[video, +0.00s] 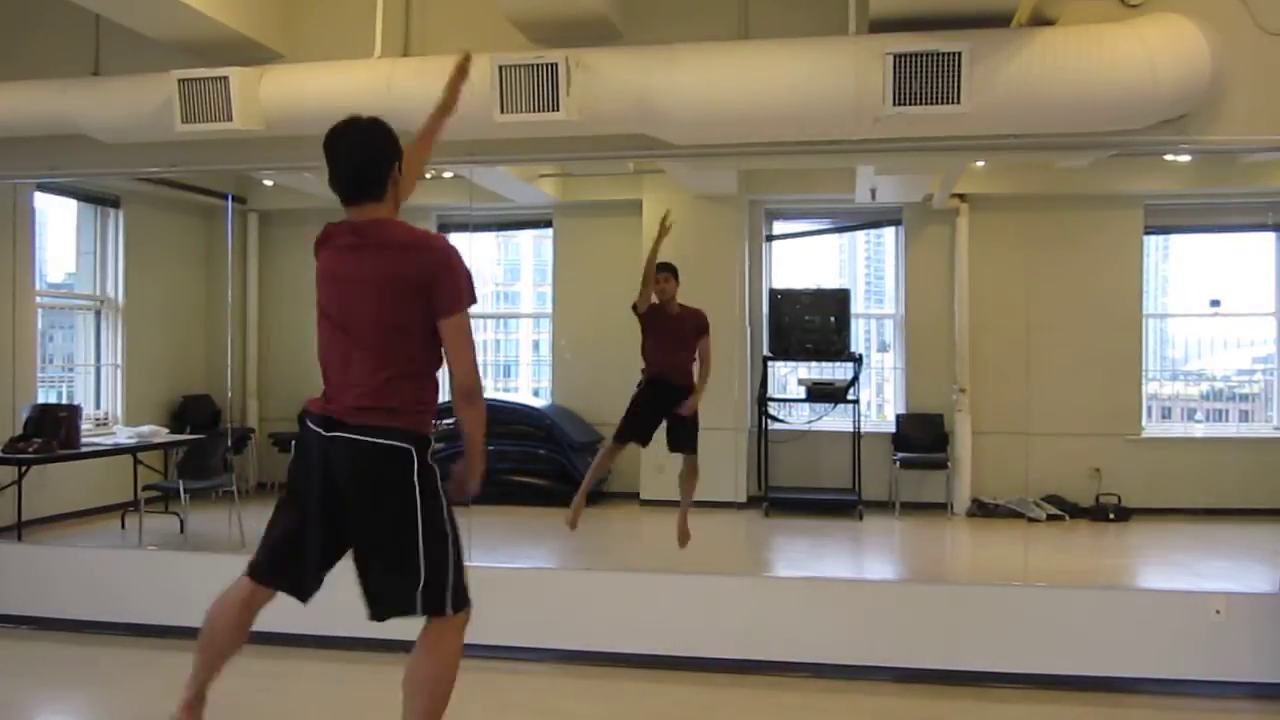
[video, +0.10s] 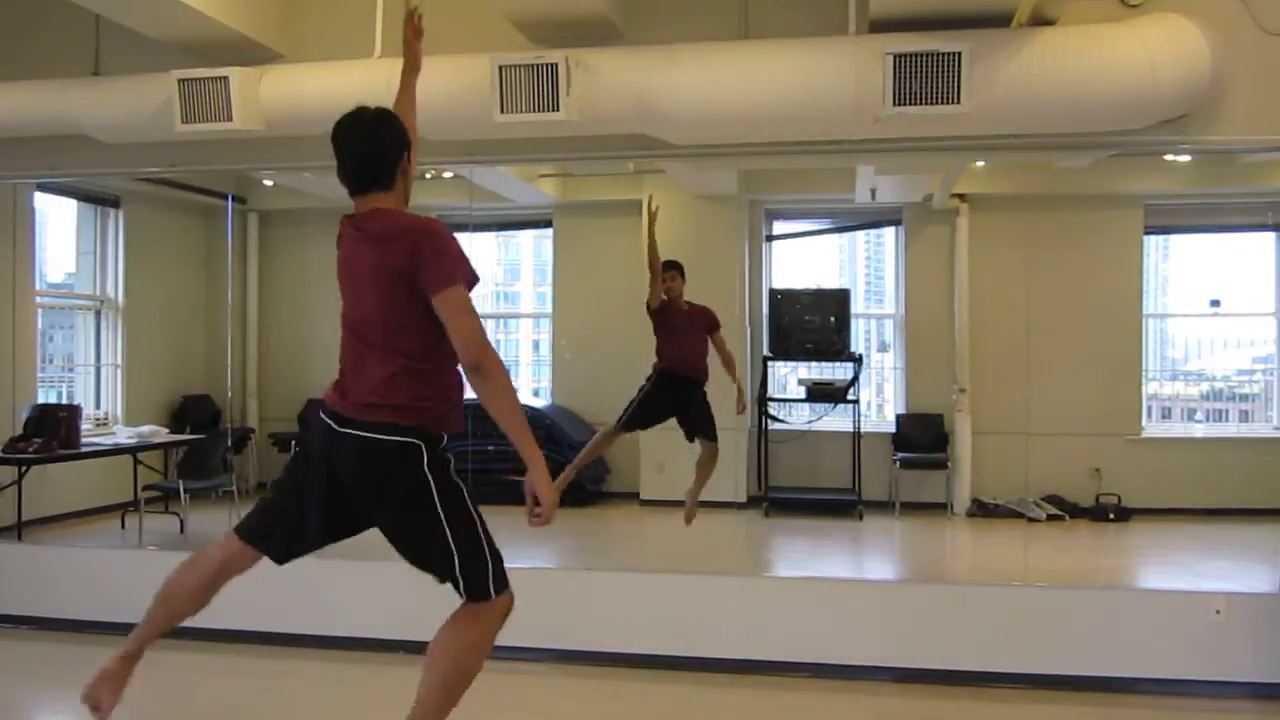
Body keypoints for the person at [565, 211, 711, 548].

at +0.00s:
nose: (660, 285)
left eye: (665, 280)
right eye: (656, 281)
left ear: (677, 284)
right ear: (652, 286)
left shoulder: (696, 318)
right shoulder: (647, 314)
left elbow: (705, 361)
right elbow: (646, 280)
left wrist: (696, 396)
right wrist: (658, 240)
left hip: (682, 391)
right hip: (651, 388)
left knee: (690, 459)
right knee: (616, 445)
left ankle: (683, 515)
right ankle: (580, 496)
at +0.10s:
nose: (666, 284)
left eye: (671, 278)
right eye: (663, 280)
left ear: (683, 282)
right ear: (660, 284)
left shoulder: (703, 314)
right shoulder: (659, 311)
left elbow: (723, 352)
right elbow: (655, 271)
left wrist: (739, 387)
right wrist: (651, 231)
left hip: (693, 389)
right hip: (663, 383)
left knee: (710, 448)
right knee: (617, 430)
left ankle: (694, 495)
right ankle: (567, 475)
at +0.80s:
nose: (711, 329)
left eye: (715, 324)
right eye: (706, 324)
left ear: (723, 327)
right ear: (699, 328)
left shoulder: (735, 359)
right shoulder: (688, 359)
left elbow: (772, 383)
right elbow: (654, 385)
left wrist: (786, 408)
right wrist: (659, 416)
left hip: (724, 437)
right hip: (693, 434)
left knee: (720, 499)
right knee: (663, 490)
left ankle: (709, 548)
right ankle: (626, 534)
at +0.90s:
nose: (709, 331)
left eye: (713, 326)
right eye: (703, 327)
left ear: (721, 328)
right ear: (697, 331)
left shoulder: (735, 359)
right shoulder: (689, 363)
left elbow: (757, 386)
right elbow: (666, 400)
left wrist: (764, 415)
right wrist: (676, 428)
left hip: (723, 438)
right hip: (692, 435)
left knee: (721, 498)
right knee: (659, 485)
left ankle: (708, 548)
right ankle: (626, 530)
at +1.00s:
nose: (706, 333)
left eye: (710, 327)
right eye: (700, 329)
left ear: (719, 329)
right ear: (695, 333)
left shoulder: (735, 359)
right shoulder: (689, 368)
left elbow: (740, 399)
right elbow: (690, 414)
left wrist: (717, 414)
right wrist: (721, 432)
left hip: (725, 433)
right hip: (694, 430)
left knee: (721, 497)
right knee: (660, 483)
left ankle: (708, 548)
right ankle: (625, 530)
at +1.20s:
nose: (692, 333)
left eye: (697, 328)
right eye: (687, 329)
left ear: (706, 329)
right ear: (682, 333)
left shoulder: (722, 347)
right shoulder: (686, 369)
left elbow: (739, 375)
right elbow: (706, 401)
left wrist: (708, 364)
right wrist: (733, 413)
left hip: (723, 429)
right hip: (695, 427)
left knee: (722, 497)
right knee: (660, 482)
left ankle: (708, 547)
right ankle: (625, 531)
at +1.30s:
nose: (688, 334)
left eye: (693, 328)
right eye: (683, 329)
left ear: (702, 329)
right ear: (677, 332)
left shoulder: (717, 349)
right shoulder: (680, 371)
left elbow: (747, 360)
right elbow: (687, 404)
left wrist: (747, 359)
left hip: (723, 428)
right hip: (693, 427)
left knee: (722, 496)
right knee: (660, 482)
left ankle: (707, 547)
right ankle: (625, 531)